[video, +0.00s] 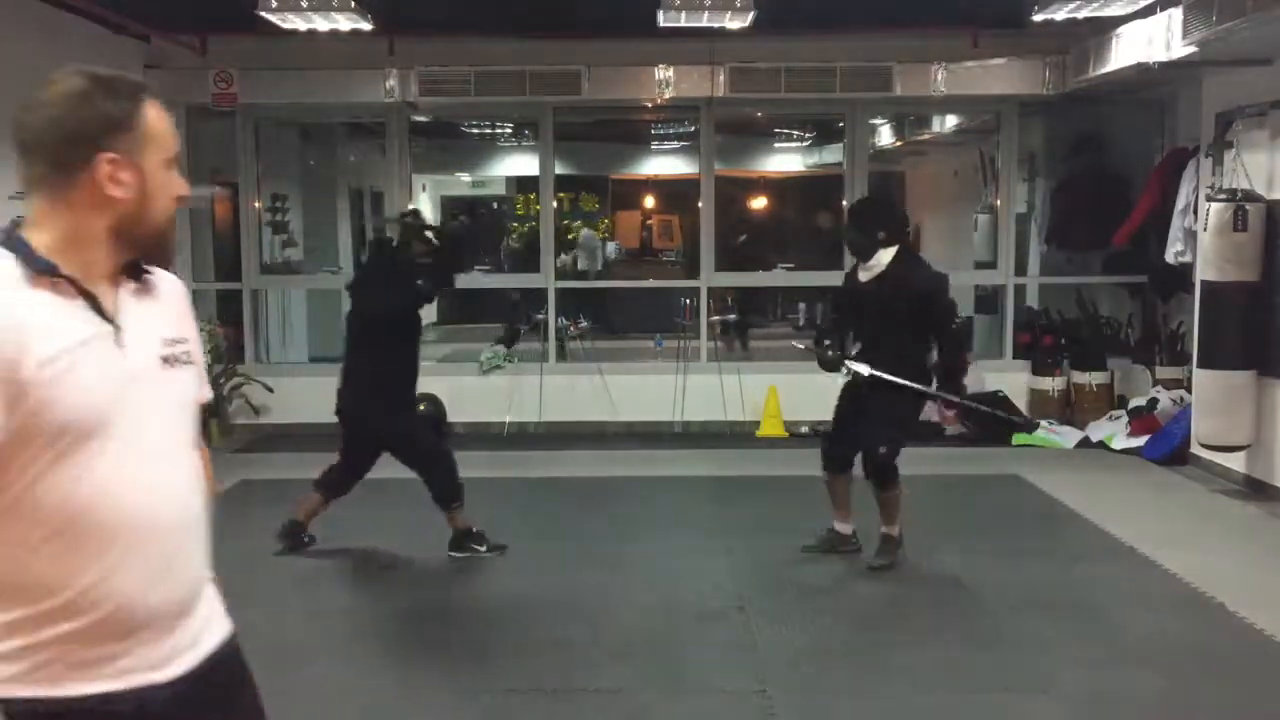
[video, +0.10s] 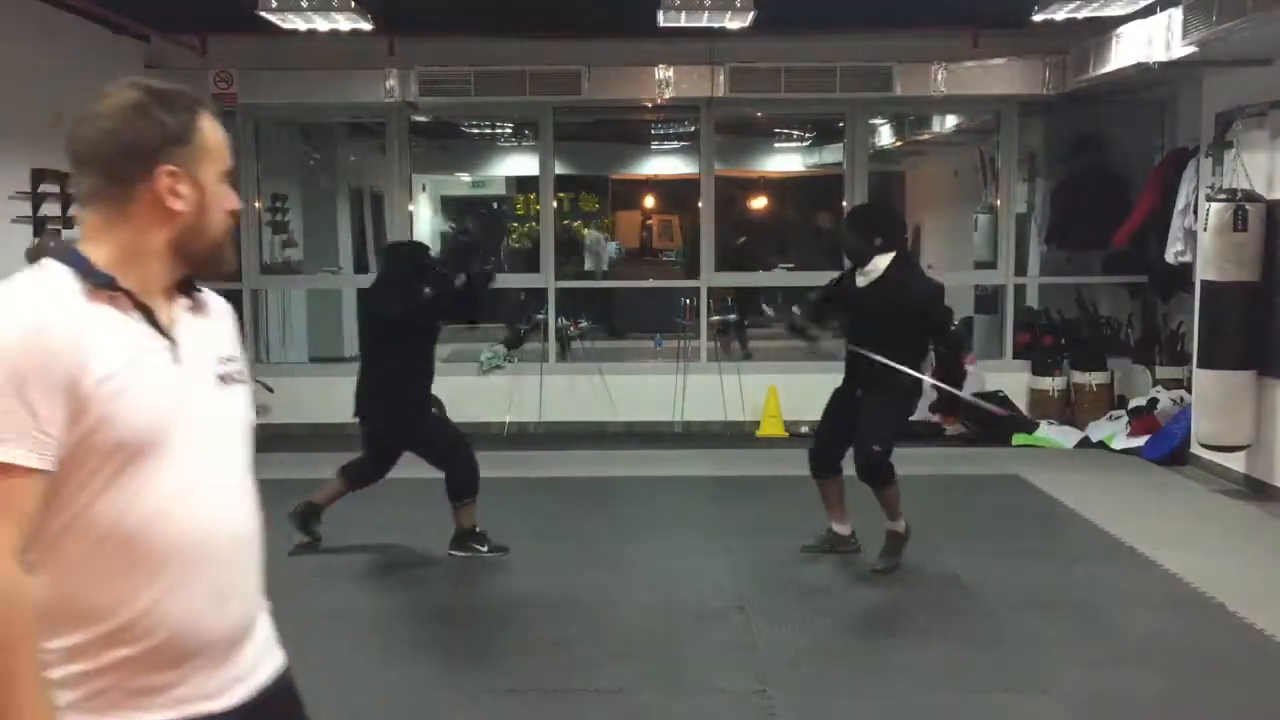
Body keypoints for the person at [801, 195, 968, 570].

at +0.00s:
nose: (848, 239)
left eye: (855, 232)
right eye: (848, 231)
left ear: (877, 233)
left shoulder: (920, 277)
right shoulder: (858, 275)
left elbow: (950, 337)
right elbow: (838, 319)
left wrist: (951, 390)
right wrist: (830, 346)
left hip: (905, 378)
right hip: (864, 373)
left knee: (878, 457)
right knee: (836, 451)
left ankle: (890, 536)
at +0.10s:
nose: (844, 246)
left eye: (850, 238)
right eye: (844, 238)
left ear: (873, 240)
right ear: (876, 241)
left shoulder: (917, 287)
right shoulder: (852, 281)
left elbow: (950, 346)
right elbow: (819, 311)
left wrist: (948, 403)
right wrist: (802, 318)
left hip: (896, 386)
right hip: (858, 381)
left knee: (871, 460)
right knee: (823, 456)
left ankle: (897, 529)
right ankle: (841, 534)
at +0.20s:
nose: (853, 238)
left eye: (858, 231)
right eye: (853, 231)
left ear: (877, 234)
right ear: (891, 234)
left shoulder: (919, 282)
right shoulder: (855, 271)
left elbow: (948, 346)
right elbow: (808, 284)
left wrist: (948, 402)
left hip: (894, 385)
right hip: (856, 380)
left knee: (877, 462)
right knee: (826, 452)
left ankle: (916, 541)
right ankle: (840, 531)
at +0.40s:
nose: (866, 232)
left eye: (873, 225)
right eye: (868, 225)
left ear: (895, 229)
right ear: (907, 229)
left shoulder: (935, 279)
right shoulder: (871, 266)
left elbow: (963, 344)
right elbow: (833, 280)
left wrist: (947, 400)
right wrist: (793, 279)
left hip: (915, 391)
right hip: (874, 386)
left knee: (911, 478)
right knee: (845, 456)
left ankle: (942, 557)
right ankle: (842, 533)